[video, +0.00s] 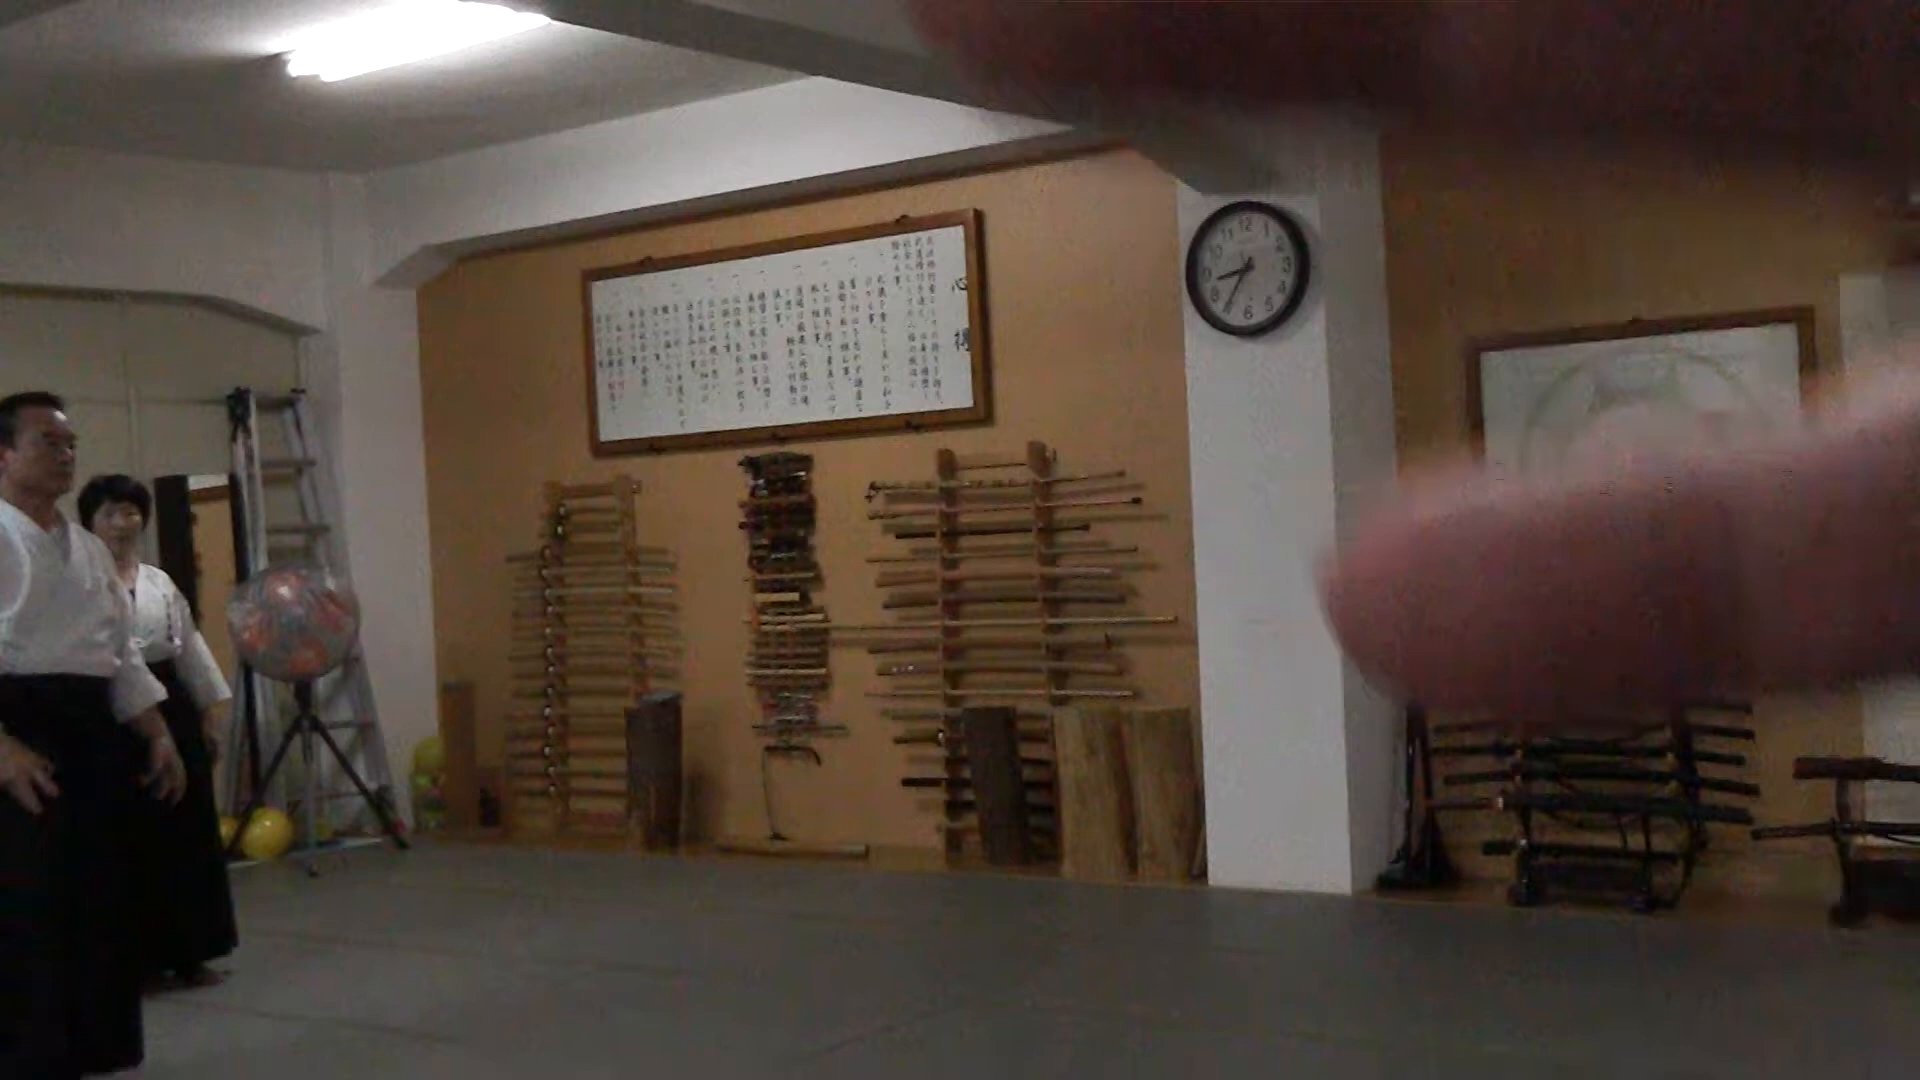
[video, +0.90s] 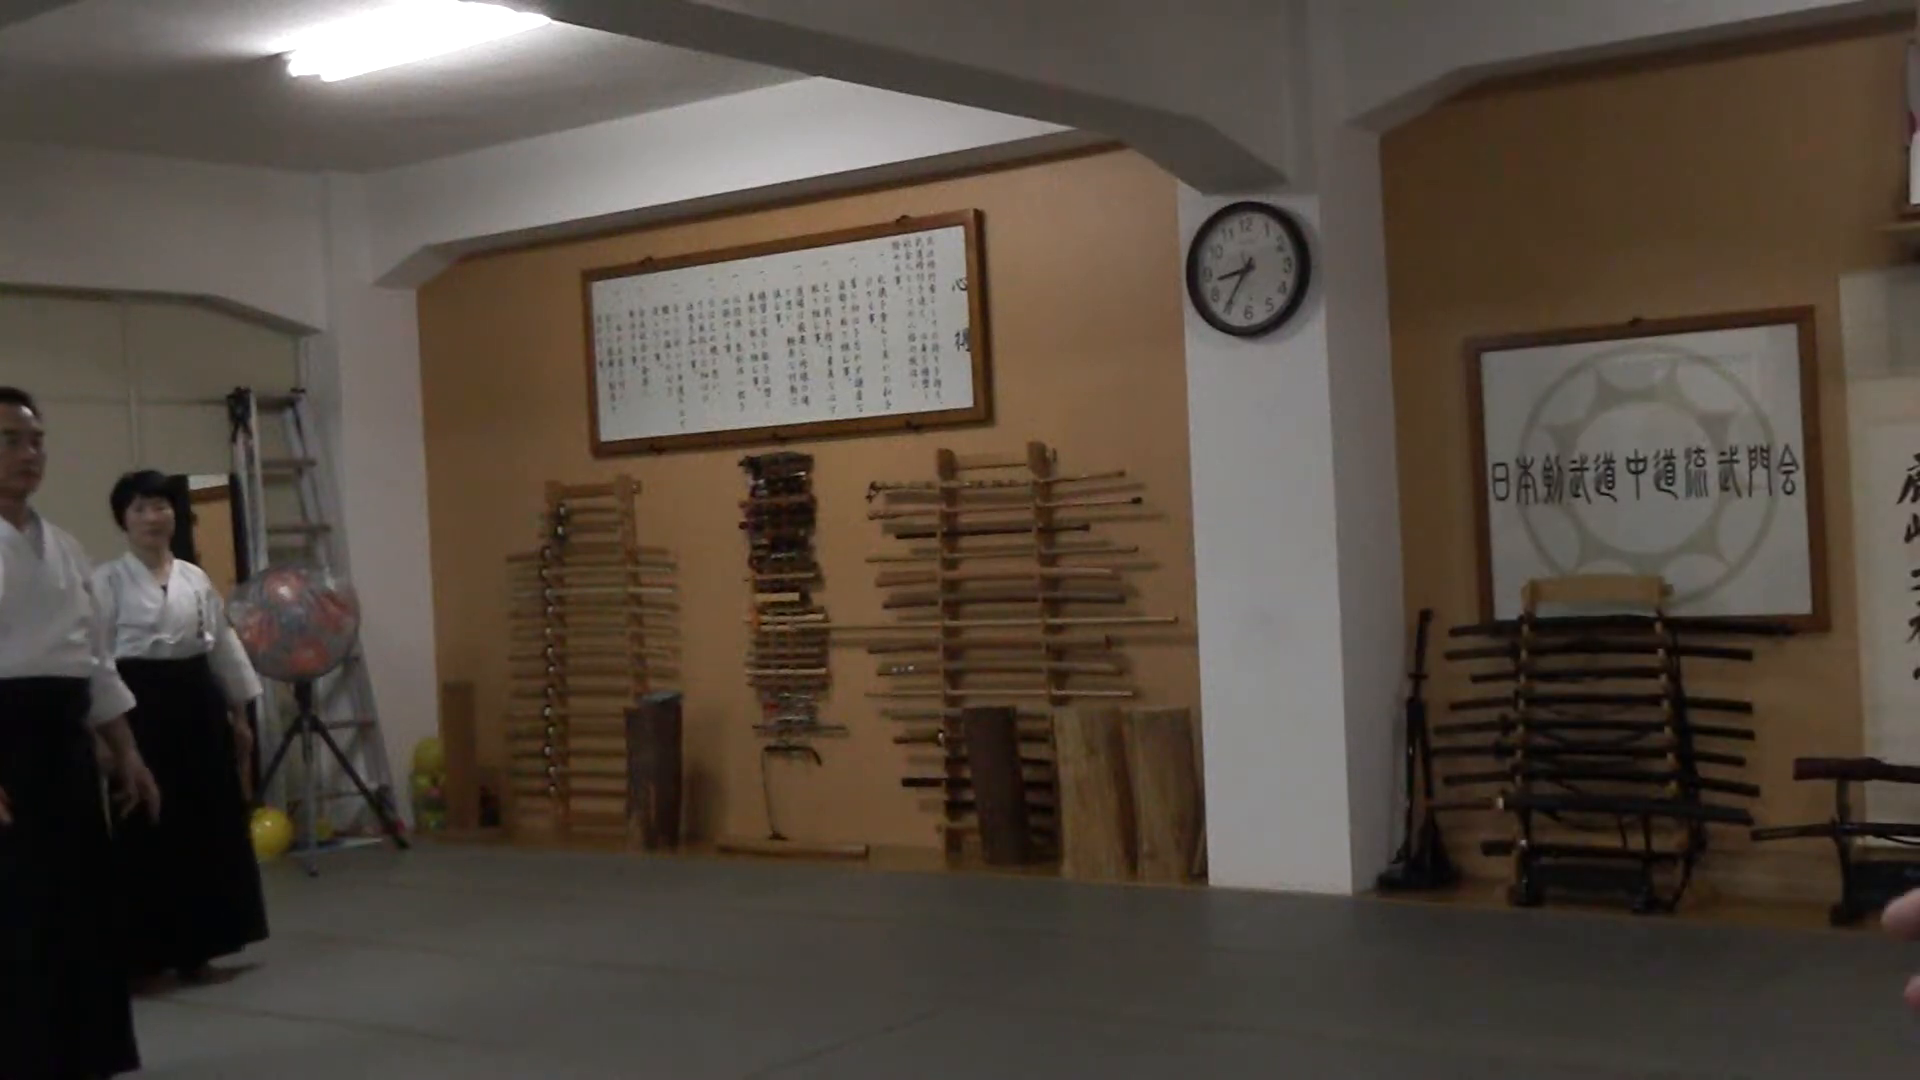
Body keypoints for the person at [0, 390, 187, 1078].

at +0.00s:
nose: (68, 454)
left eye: (71, 443)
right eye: (51, 443)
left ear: (75, 455)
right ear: (7, 454)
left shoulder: (88, 547)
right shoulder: (3, 534)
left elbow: (119, 652)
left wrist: (156, 727)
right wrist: (1, 744)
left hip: (94, 718)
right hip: (22, 718)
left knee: (102, 880)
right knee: (32, 890)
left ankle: (100, 1045)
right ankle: (34, 1052)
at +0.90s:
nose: (27, 452)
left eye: (35, 440)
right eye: (12, 439)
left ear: (45, 451)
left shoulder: (62, 548)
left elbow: (96, 659)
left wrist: (127, 749)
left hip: (67, 724)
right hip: (10, 721)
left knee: (84, 889)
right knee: (22, 897)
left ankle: (94, 1050)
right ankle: (32, 1053)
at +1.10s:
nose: (7, 450)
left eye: (10, 437)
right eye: (1, 438)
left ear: (17, 449)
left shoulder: (39, 544)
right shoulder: (27, 545)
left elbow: (66, 653)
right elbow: (63, 651)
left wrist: (107, 744)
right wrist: (104, 741)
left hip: (44, 718)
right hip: (16, 716)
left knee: (66, 888)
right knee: (33, 890)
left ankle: (81, 1051)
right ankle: (54, 1052)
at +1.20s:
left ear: (9, 460)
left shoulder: (24, 545)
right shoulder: (23, 547)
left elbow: (56, 655)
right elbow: (56, 656)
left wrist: (95, 742)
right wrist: (95, 742)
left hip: (35, 720)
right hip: (24, 717)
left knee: (55, 897)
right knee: (46, 898)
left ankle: (71, 1053)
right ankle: (66, 1053)